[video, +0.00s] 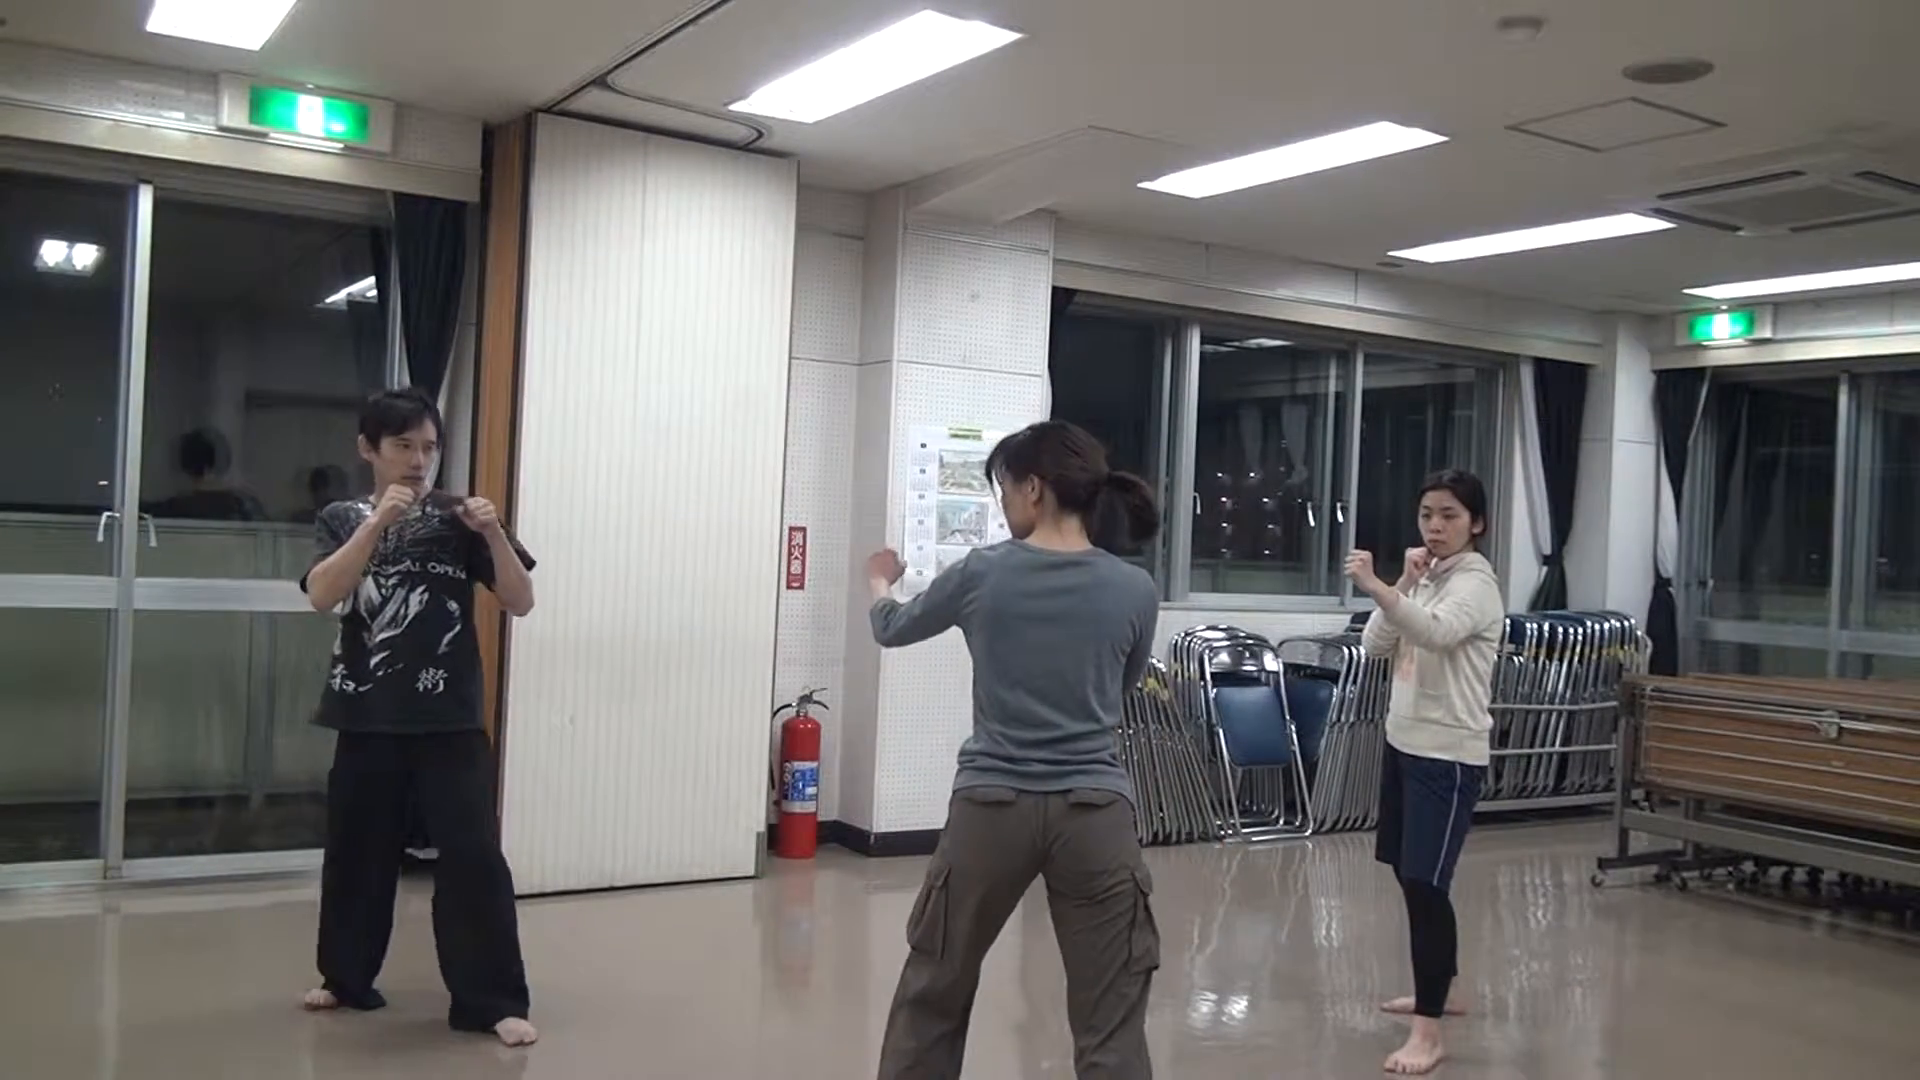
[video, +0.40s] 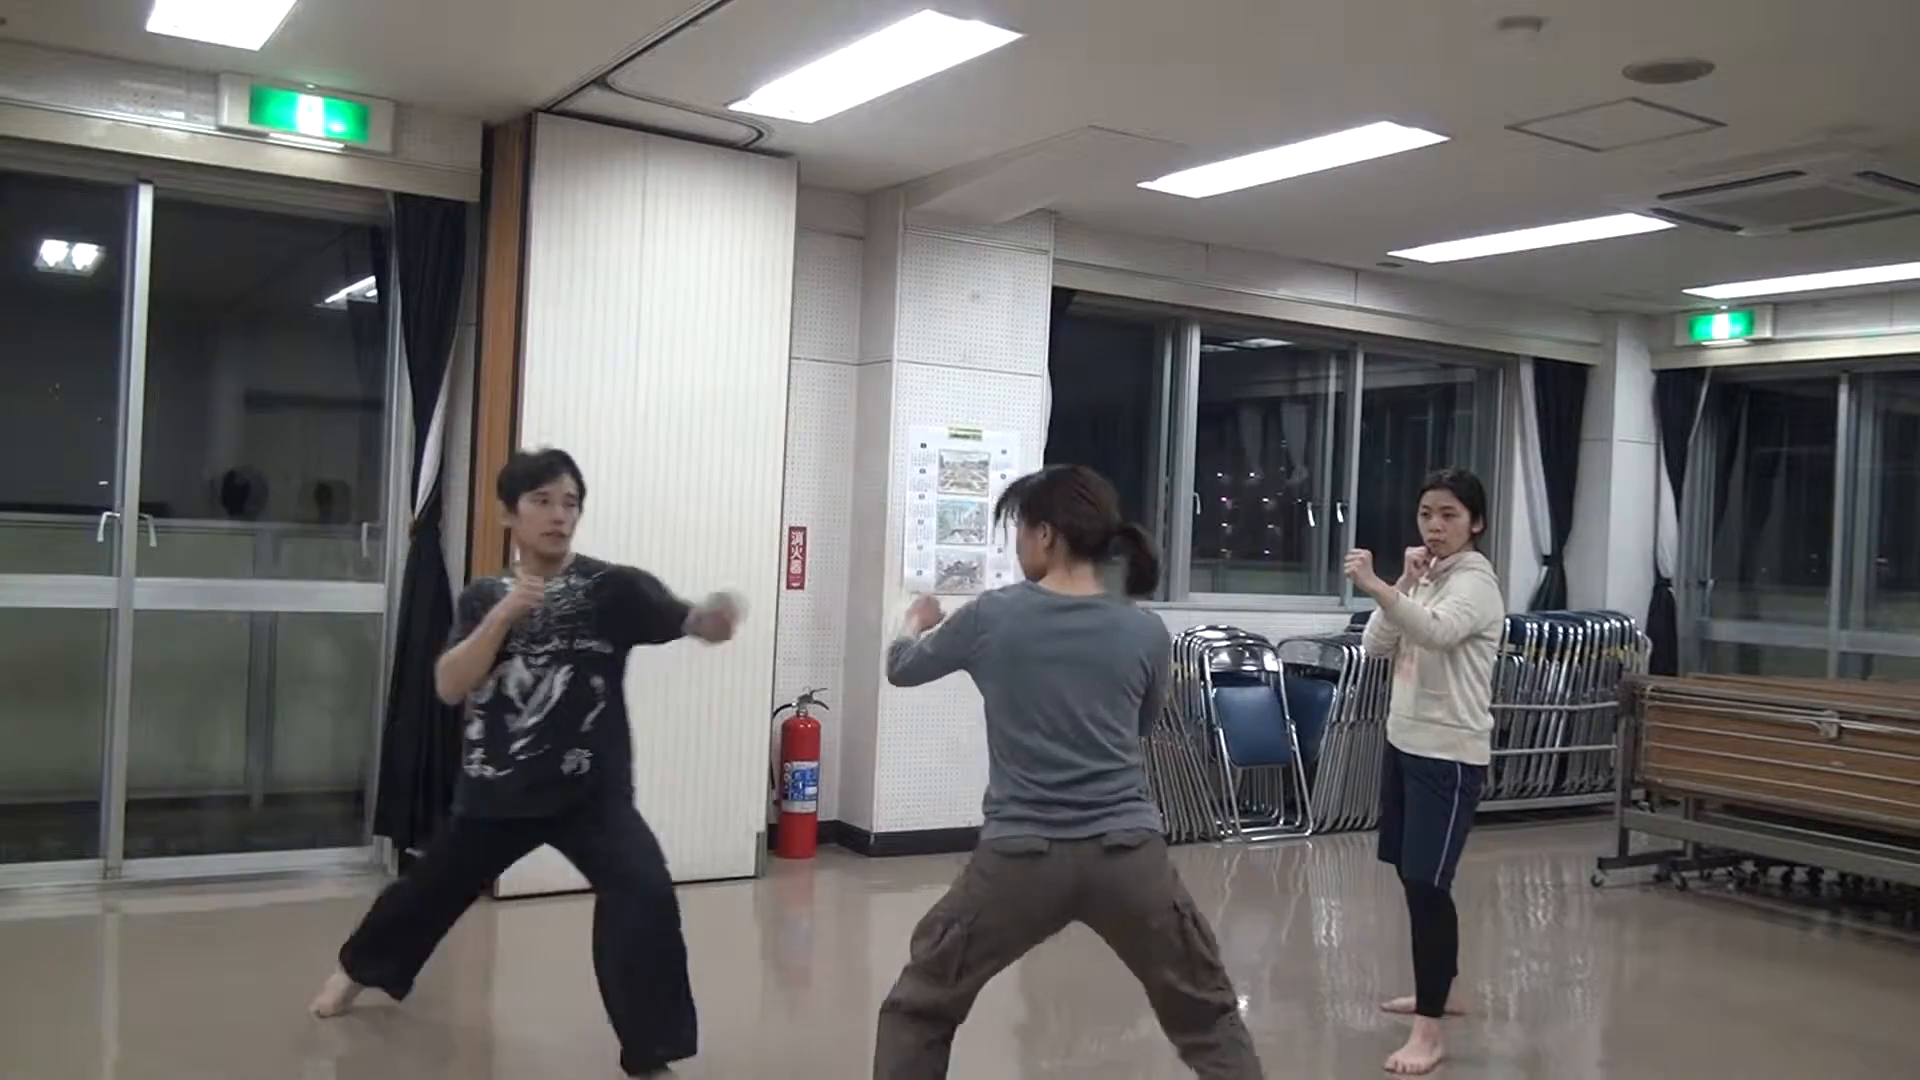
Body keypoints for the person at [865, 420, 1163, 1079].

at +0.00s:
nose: (1002, 507)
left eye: (1005, 491)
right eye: (1001, 492)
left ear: (1036, 490)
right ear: (1085, 494)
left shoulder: (983, 571)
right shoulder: (1136, 587)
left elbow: (895, 627)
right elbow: (1124, 682)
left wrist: (879, 585)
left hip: (992, 810)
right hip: (1097, 811)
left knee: (935, 987)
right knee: (1110, 1012)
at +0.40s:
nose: (1017, 543)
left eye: (1021, 529)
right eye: (1017, 529)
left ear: (1048, 536)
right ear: (1098, 537)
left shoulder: (992, 616)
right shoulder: (1147, 629)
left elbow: (903, 669)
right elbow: (1144, 721)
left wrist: (916, 628)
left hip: (1021, 864)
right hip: (1131, 860)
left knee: (920, 1010)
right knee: (1209, 1021)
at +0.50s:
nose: (1064, 550)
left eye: (1071, 536)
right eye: (1065, 537)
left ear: (1101, 543)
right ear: (1147, 545)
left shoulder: (1046, 625)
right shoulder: (1196, 640)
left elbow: (950, 689)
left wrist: (960, 649)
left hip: (1070, 874)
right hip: (1179, 871)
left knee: (955, 1018)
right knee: (1258, 1025)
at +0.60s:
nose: (1142, 555)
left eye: (1150, 543)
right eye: (1144, 543)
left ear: (1186, 549)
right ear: (1210, 552)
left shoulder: (1135, 631)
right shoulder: (1261, 648)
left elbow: (1044, 725)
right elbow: (1225, 731)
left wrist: (1002, 714)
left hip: (1132, 879)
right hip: (1231, 881)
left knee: (1010, 1024)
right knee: (1300, 1043)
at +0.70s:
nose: (1193, 563)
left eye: (1201, 548)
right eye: (1196, 548)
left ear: (1236, 556)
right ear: (1268, 561)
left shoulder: (1184, 630)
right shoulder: (1310, 661)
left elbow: (1092, 703)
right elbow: (1289, 750)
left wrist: (981, 704)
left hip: (1166, 881)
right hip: (1269, 889)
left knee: (1036, 1025)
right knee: (1318, 1050)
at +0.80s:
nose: (1230, 565)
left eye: (1238, 552)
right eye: (1233, 552)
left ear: (1271, 562)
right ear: (1303, 567)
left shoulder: (1202, 628)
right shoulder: (1345, 671)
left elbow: (1076, 643)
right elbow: (1319, 763)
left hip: (1174, 876)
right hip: (1284, 888)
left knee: (1054, 1035)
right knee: (1347, 1052)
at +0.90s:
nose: (1268, 563)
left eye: (1276, 553)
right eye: (1275, 551)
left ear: (1302, 565)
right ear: (1353, 582)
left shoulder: (1224, 612)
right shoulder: (1369, 685)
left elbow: (1104, 621)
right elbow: (1377, 818)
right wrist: (1314, 806)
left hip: (1168, 865)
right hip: (1279, 884)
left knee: (1056, 1025)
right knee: (1357, 1043)